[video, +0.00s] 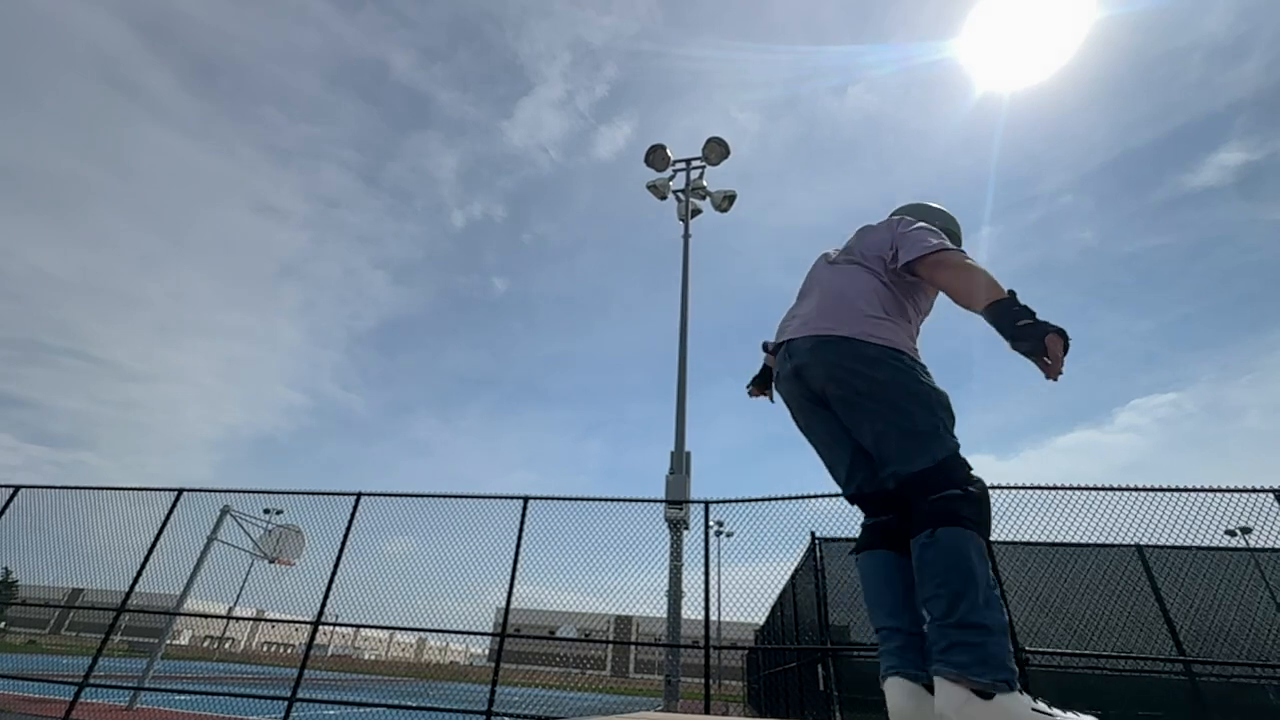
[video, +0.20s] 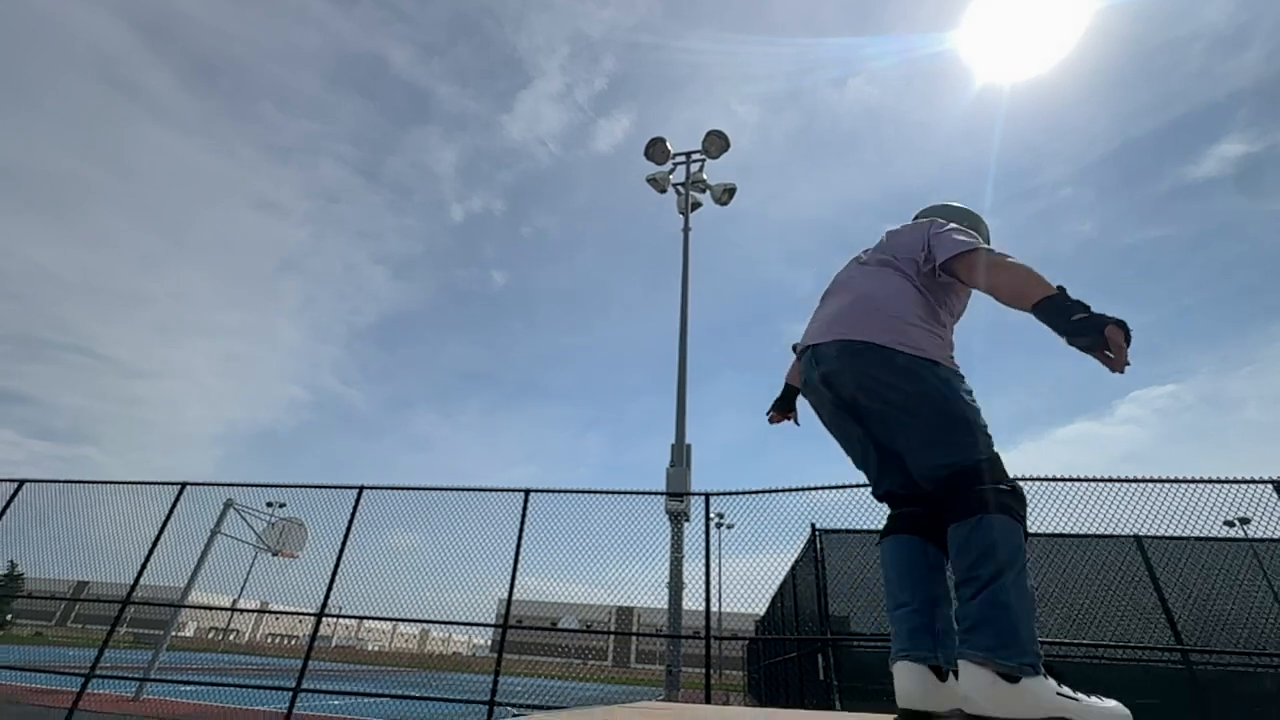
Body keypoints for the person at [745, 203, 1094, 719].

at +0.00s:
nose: (951, 254)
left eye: (954, 249)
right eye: (947, 244)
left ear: (896, 220)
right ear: (931, 227)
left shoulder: (836, 259)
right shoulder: (907, 227)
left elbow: (798, 317)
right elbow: (941, 264)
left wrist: (769, 366)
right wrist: (1018, 319)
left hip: (795, 368)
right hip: (860, 348)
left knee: (882, 508)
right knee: (948, 493)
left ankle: (904, 679)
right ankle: (975, 681)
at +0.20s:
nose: (977, 251)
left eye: (976, 242)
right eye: (973, 240)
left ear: (922, 223)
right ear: (957, 228)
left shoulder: (864, 262)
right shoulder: (938, 231)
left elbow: (815, 334)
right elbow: (987, 269)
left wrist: (789, 390)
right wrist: (1073, 317)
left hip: (823, 370)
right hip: (891, 349)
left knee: (911, 504)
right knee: (983, 493)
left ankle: (921, 665)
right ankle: (1002, 668)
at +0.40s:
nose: (1004, 266)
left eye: (1005, 260)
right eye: (1002, 257)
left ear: (945, 238)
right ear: (986, 242)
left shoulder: (894, 273)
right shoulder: (972, 246)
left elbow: (841, 354)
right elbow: (1025, 280)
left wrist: (818, 423)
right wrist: (1127, 326)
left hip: (845, 372)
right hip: (914, 355)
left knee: (937, 512)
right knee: (1017, 494)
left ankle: (931, 674)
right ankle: (1036, 673)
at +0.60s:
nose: (1038, 274)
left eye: (1036, 268)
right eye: (1033, 266)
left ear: (970, 248)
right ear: (1015, 252)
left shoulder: (920, 279)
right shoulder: (1006, 258)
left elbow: (866, 372)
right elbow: (1076, 296)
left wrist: (857, 456)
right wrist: (1184, 340)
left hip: (863, 376)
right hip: (943, 360)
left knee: (953, 524)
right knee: (1052, 503)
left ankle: (942, 678)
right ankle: (1082, 678)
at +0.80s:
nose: (1071, 276)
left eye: (1068, 270)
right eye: (1065, 266)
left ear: (998, 250)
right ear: (1050, 255)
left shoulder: (952, 276)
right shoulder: (1044, 262)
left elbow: (932, 383)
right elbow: (1121, 296)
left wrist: (918, 476)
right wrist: (1235, 342)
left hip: (886, 372)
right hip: (975, 354)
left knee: (971, 521)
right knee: (1088, 499)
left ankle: (955, 676)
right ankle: (1127, 677)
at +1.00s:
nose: (1095, 277)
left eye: (1091, 271)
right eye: (1089, 267)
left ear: (1019, 250)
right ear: (1073, 256)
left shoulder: (972, 275)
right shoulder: (1069, 262)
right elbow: (1152, 297)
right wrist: (1254, 339)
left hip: (909, 368)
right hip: (1004, 354)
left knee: (983, 522)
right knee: (1113, 496)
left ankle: (959, 671)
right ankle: (1166, 674)